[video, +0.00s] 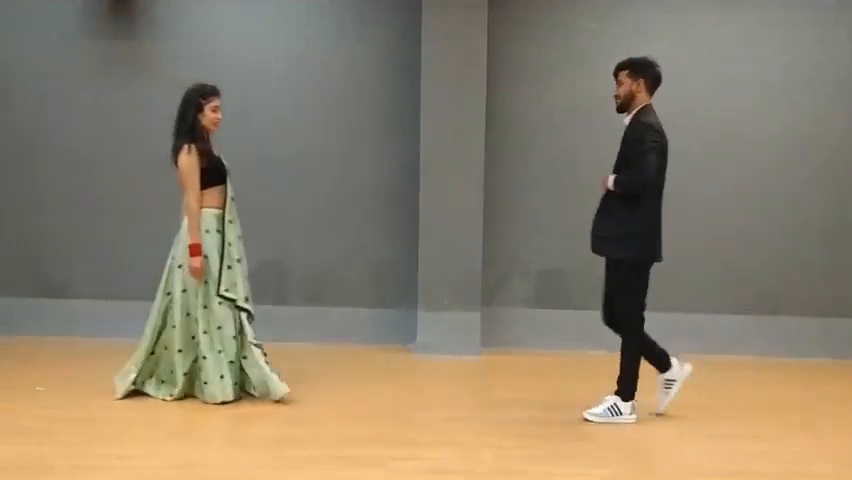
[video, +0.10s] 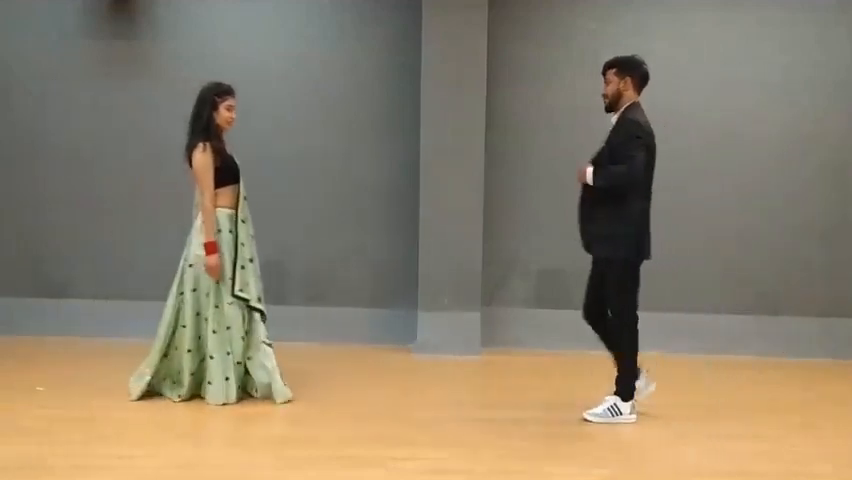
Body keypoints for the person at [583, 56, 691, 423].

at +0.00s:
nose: (616, 90)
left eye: (621, 83)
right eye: (616, 83)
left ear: (640, 85)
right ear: (639, 86)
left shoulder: (647, 128)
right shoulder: (639, 125)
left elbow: (644, 180)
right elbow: (641, 178)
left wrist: (614, 182)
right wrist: (618, 183)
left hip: (635, 242)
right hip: (624, 240)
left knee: (628, 318)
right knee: (615, 314)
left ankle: (624, 401)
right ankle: (670, 367)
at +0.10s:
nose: (603, 88)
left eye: (608, 81)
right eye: (604, 82)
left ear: (627, 83)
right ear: (626, 84)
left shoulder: (635, 125)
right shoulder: (626, 123)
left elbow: (632, 174)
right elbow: (623, 170)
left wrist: (594, 174)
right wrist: (597, 171)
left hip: (624, 242)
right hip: (613, 240)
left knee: (623, 315)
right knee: (595, 312)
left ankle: (623, 401)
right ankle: (633, 374)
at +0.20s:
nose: (590, 88)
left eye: (594, 81)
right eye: (591, 81)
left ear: (613, 83)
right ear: (611, 84)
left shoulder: (621, 122)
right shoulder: (607, 122)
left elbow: (630, 169)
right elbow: (616, 171)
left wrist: (588, 166)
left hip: (616, 239)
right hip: (601, 238)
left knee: (617, 318)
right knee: (580, 308)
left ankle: (624, 401)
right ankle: (593, 390)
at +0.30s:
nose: (577, 90)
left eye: (581, 83)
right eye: (577, 83)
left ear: (600, 84)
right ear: (600, 85)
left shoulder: (611, 121)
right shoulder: (595, 124)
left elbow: (628, 161)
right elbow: (599, 176)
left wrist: (589, 159)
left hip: (605, 241)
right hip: (589, 240)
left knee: (612, 318)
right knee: (569, 313)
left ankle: (623, 400)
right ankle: (552, 393)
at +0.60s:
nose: (531, 96)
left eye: (535, 88)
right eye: (531, 89)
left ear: (553, 89)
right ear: (551, 90)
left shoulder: (575, 121)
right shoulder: (551, 129)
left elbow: (607, 157)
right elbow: (550, 183)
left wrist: (584, 162)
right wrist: (536, 224)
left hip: (566, 236)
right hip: (545, 236)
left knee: (585, 320)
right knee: (533, 320)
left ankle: (618, 395)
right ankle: (509, 398)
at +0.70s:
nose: (508, 92)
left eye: (511, 84)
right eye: (509, 85)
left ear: (528, 84)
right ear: (527, 85)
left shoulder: (557, 115)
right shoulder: (527, 126)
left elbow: (590, 151)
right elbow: (528, 178)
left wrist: (571, 170)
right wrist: (513, 215)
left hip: (544, 232)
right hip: (519, 231)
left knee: (550, 320)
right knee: (517, 319)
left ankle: (604, 382)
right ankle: (507, 399)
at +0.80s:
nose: (493, 90)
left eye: (495, 82)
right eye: (494, 83)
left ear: (510, 82)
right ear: (512, 84)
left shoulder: (543, 113)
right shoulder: (511, 126)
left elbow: (577, 150)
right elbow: (513, 175)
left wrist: (562, 181)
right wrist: (499, 213)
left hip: (528, 229)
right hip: (506, 229)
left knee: (518, 316)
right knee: (510, 316)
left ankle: (576, 374)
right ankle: (507, 399)